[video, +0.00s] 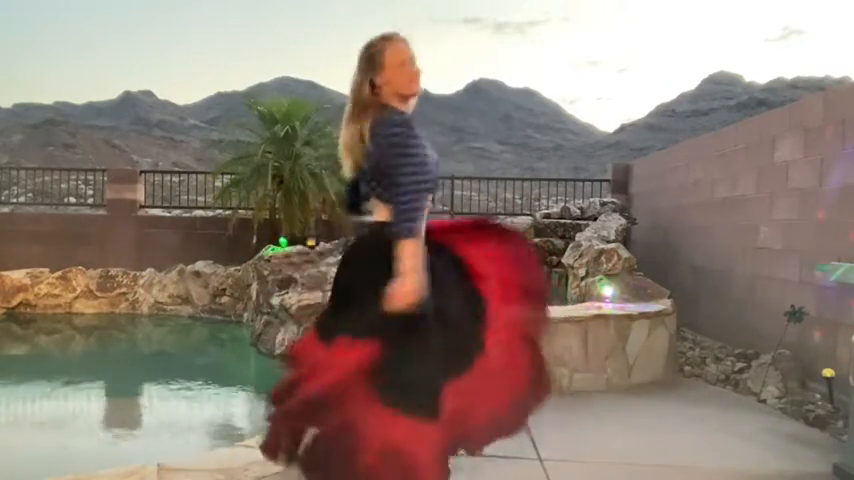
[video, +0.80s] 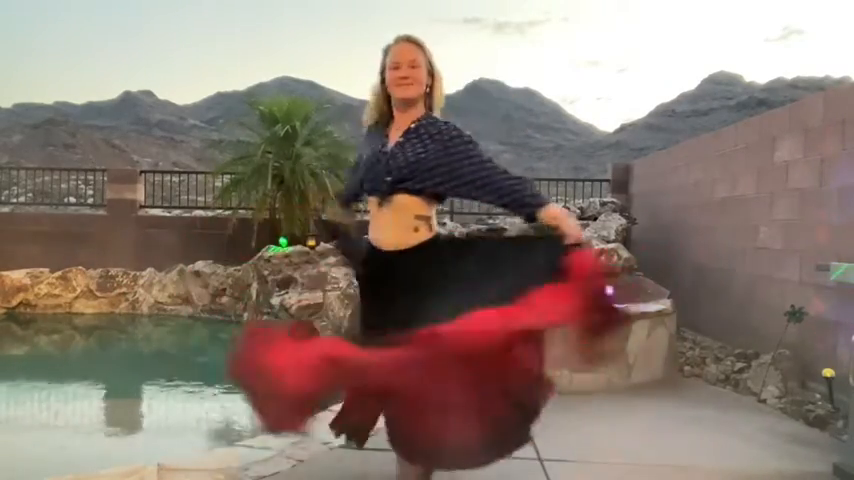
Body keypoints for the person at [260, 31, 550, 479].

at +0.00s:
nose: (415, 74)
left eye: (415, 64)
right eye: (404, 67)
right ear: (376, 79)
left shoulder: (376, 124)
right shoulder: (394, 128)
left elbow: (357, 197)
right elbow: (409, 198)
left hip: (380, 248)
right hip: (398, 252)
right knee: (411, 357)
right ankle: (404, 458)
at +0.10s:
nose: (426, 75)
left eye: (423, 66)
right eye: (421, 66)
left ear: (374, 75)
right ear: (405, 74)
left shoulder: (357, 131)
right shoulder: (422, 127)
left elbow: (327, 173)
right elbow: (458, 188)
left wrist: (293, 205)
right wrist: (492, 248)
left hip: (366, 252)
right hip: (412, 252)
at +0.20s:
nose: (433, 86)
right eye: (429, 78)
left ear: (365, 79)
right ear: (422, 81)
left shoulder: (351, 130)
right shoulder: (437, 131)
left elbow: (300, 168)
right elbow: (480, 185)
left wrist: (253, 193)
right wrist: (532, 239)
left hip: (363, 238)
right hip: (415, 239)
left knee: (372, 349)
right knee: (430, 355)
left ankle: (375, 451)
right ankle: (431, 454)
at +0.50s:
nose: (377, 88)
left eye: (389, 81)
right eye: (380, 79)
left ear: (416, 93)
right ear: (413, 93)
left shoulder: (396, 136)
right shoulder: (426, 146)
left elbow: (365, 192)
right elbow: (459, 201)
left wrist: (317, 226)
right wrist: (500, 243)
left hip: (386, 264)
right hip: (416, 262)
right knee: (418, 378)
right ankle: (420, 463)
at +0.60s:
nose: (389, 89)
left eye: (400, 82)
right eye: (384, 82)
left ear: (424, 92)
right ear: (381, 89)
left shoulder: (416, 141)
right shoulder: (399, 137)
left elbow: (422, 201)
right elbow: (412, 200)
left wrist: (405, 238)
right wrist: (454, 238)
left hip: (410, 261)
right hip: (397, 257)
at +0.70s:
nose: (400, 80)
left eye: (410, 73)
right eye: (393, 74)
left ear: (428, 84)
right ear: (383, 85)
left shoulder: (428, 137)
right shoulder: (392, 137)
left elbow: (462, 184)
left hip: (426, 266)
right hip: (393, 265)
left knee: (423, 384)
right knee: (387, 385)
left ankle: (430, 466)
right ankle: (407, 466)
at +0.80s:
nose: (403, 74)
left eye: (412, 67)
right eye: (395, 68)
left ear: (430, 76)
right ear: (383, 78)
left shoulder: (440, 134)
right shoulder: (378, 134)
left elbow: (492, 178)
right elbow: (361, 181)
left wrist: (549, 212)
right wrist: (342, 201)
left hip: (419, 252)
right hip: (379, 251)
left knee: (410, 360)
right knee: (389, 357)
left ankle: (415, 462)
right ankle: (410, 460)